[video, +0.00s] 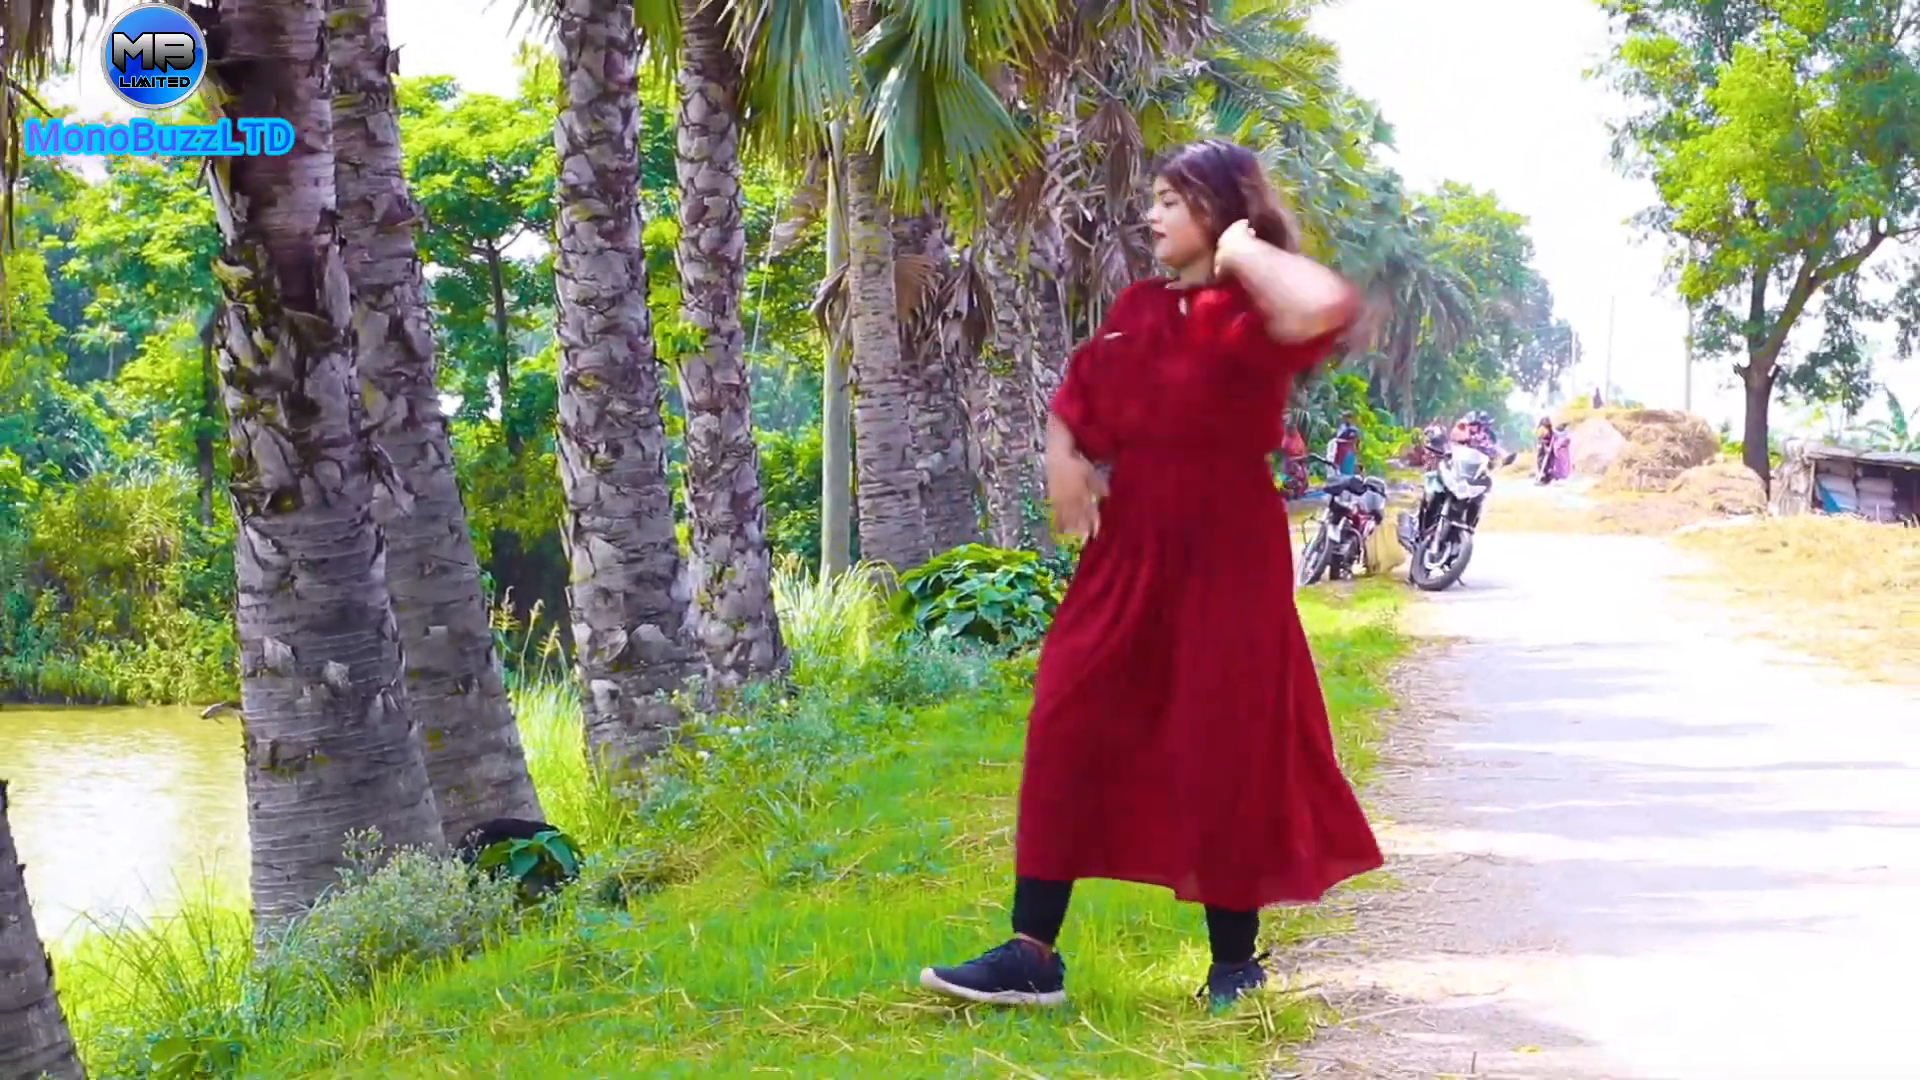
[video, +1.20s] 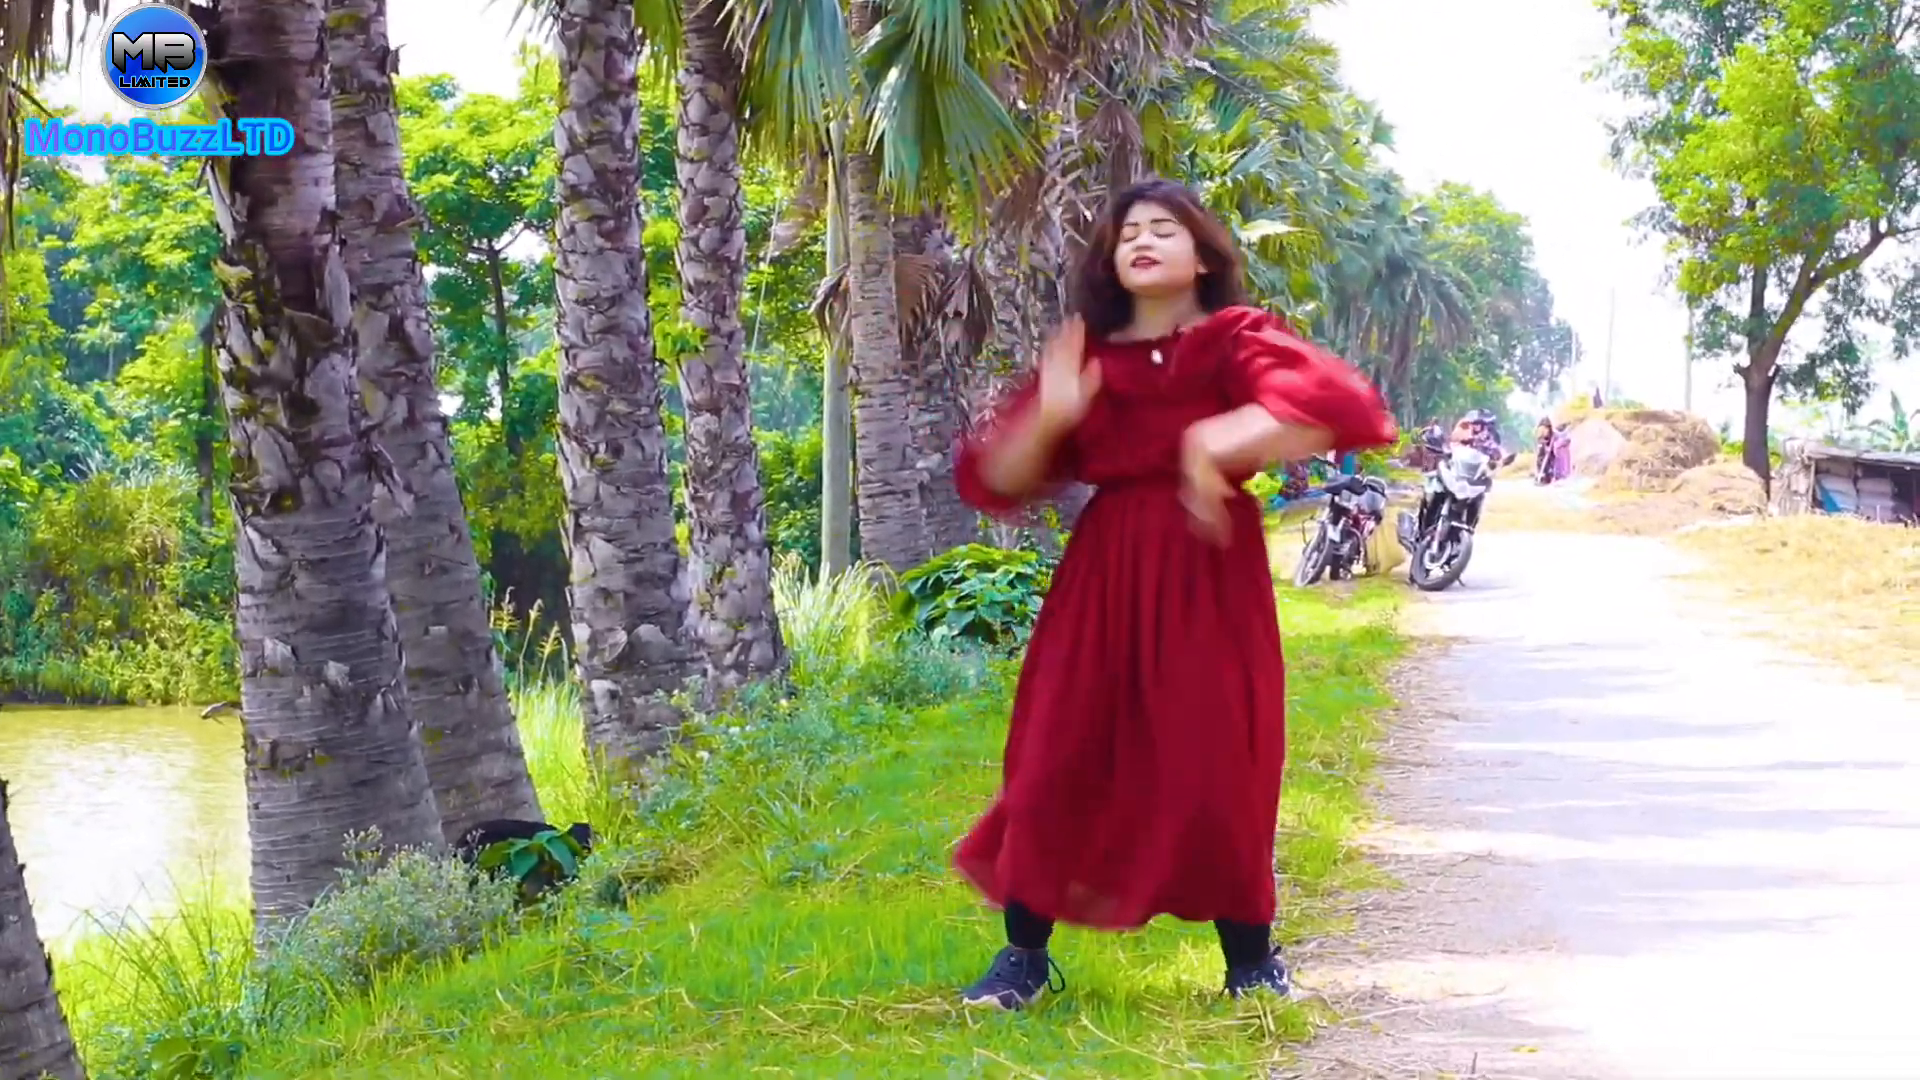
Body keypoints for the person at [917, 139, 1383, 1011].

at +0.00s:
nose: (1150, 217)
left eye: (1168, 203)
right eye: (1153, 202)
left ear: (1220, 218)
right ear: (1174, 218)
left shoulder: (1260, 305)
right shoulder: (1141, 305)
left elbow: (1326, 305)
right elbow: (1076, 392)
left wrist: (1240, 245)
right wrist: (1064, 458)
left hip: (1229, 553)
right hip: (1130, 546)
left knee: (1224, 747)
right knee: (1061, 725)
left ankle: (1233, 964)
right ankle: (1032, 947)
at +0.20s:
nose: (1111, 234)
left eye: (1132, 219)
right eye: (1110, 218)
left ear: (1185, 233)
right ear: (1112, 235)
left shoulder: (1230, 330)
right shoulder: (1084, 333)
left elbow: (1369, 376)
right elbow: (1020, 425)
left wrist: (1276, 316)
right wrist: (1004, 475)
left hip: (1194, 565)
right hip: (1089, 563)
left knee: (1209, 761)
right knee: (1038, 752)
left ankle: (1232, 967)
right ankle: (1016, 955)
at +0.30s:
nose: (1122, 229)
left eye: (1142, 218)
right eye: (1108, 216)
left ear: (1174, 240)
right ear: (1084, 237)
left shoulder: (1218, 342)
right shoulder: (1043, 342)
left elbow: (1295, 475)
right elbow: (965, 468)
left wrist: (1230, 407)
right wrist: (1044, 465)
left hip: (1184, 571)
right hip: (1069, 572)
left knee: (1205, 764)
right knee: (1032, 763)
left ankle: (1233, 974)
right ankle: (1018, 966)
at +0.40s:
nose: (1131, 239)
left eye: (1142, 231)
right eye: (1112, 225)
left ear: (1150, 254)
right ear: (1066, 238)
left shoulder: (1176, 343)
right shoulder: (1012, 332)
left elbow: (1240, 450)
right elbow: (957, 417)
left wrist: (1197, 451)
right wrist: (1065, 342)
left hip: (1153, 559)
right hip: (1043, 559)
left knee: (1189, 741)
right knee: (1028, 746)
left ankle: (1213, 941)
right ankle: (1016, 944)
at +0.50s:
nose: (1133, 215)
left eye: (1139, 203)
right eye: (1116, 198)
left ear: (1142, 220)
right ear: (1060, 206)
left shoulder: (1162, 304)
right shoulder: (1008, 295)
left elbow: (1240, 387)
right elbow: (914, 301)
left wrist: (1216, 432)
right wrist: (1016, 255)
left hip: (1149, 533)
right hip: (1039, 532)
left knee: (1197, 721)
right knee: (1029, 729)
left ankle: (1210, 941)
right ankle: (1015, 949)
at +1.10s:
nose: (1159, 262)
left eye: (1166, 251)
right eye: (1139, 250)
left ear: (1175, 268)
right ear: (1092, 266)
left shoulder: (1191, 348)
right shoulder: (1045, 354)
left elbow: (1300, 425)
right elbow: (919, 373)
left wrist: (1244, 479)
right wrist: (1006, 324)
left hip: (1183, 580)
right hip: (1077, 582)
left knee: (1201, 758)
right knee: (1032, 750)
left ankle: (1234, 944)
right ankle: (1016, 939)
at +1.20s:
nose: (1143, 239)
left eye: (1163, 228)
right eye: (1128, 232)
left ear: (1201, 253)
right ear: (1109, 261)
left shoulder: (1236, 337)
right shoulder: (1084, 359)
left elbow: (1335, 406)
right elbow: (992, 480)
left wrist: (1213, 442)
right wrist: (1051, 416)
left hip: (1208, 564)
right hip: (1103, 562)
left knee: (1221, 759)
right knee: (1052, 753)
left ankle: (1251, 966)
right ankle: (1022, 958)